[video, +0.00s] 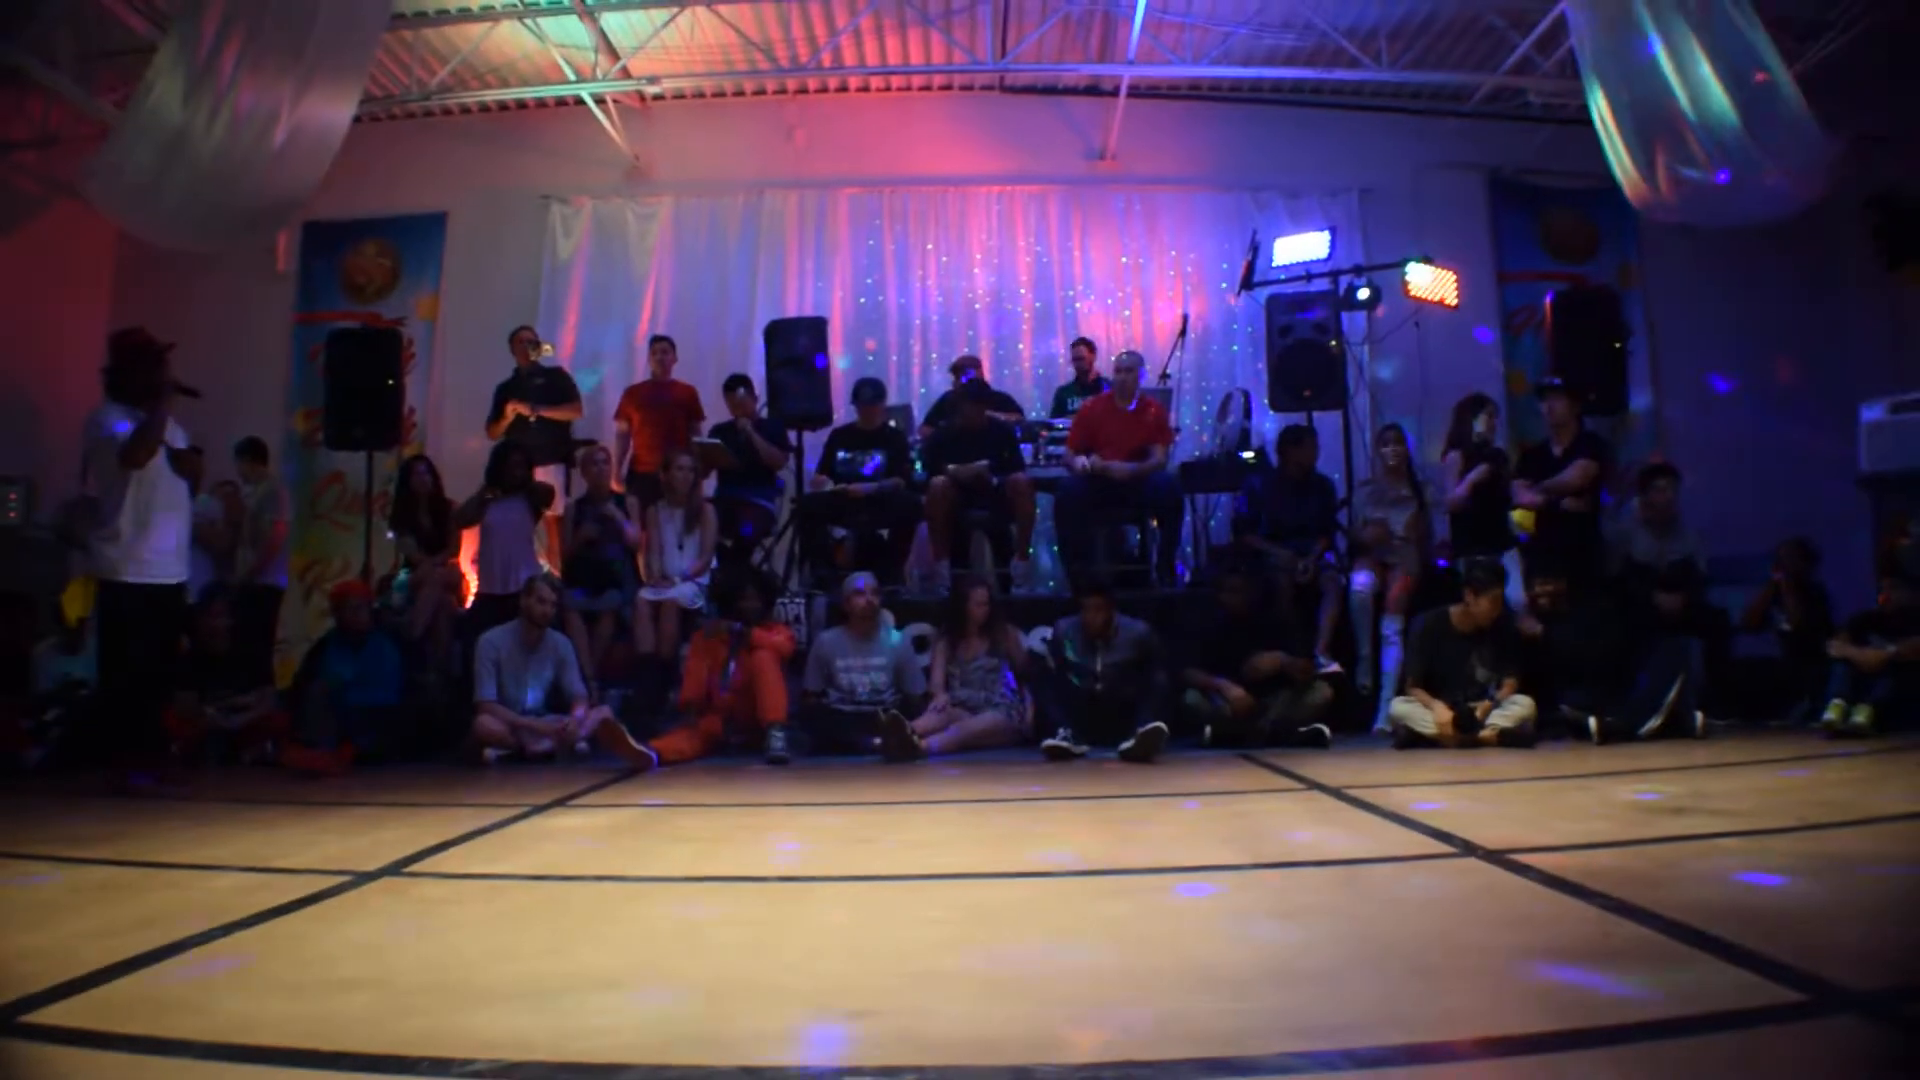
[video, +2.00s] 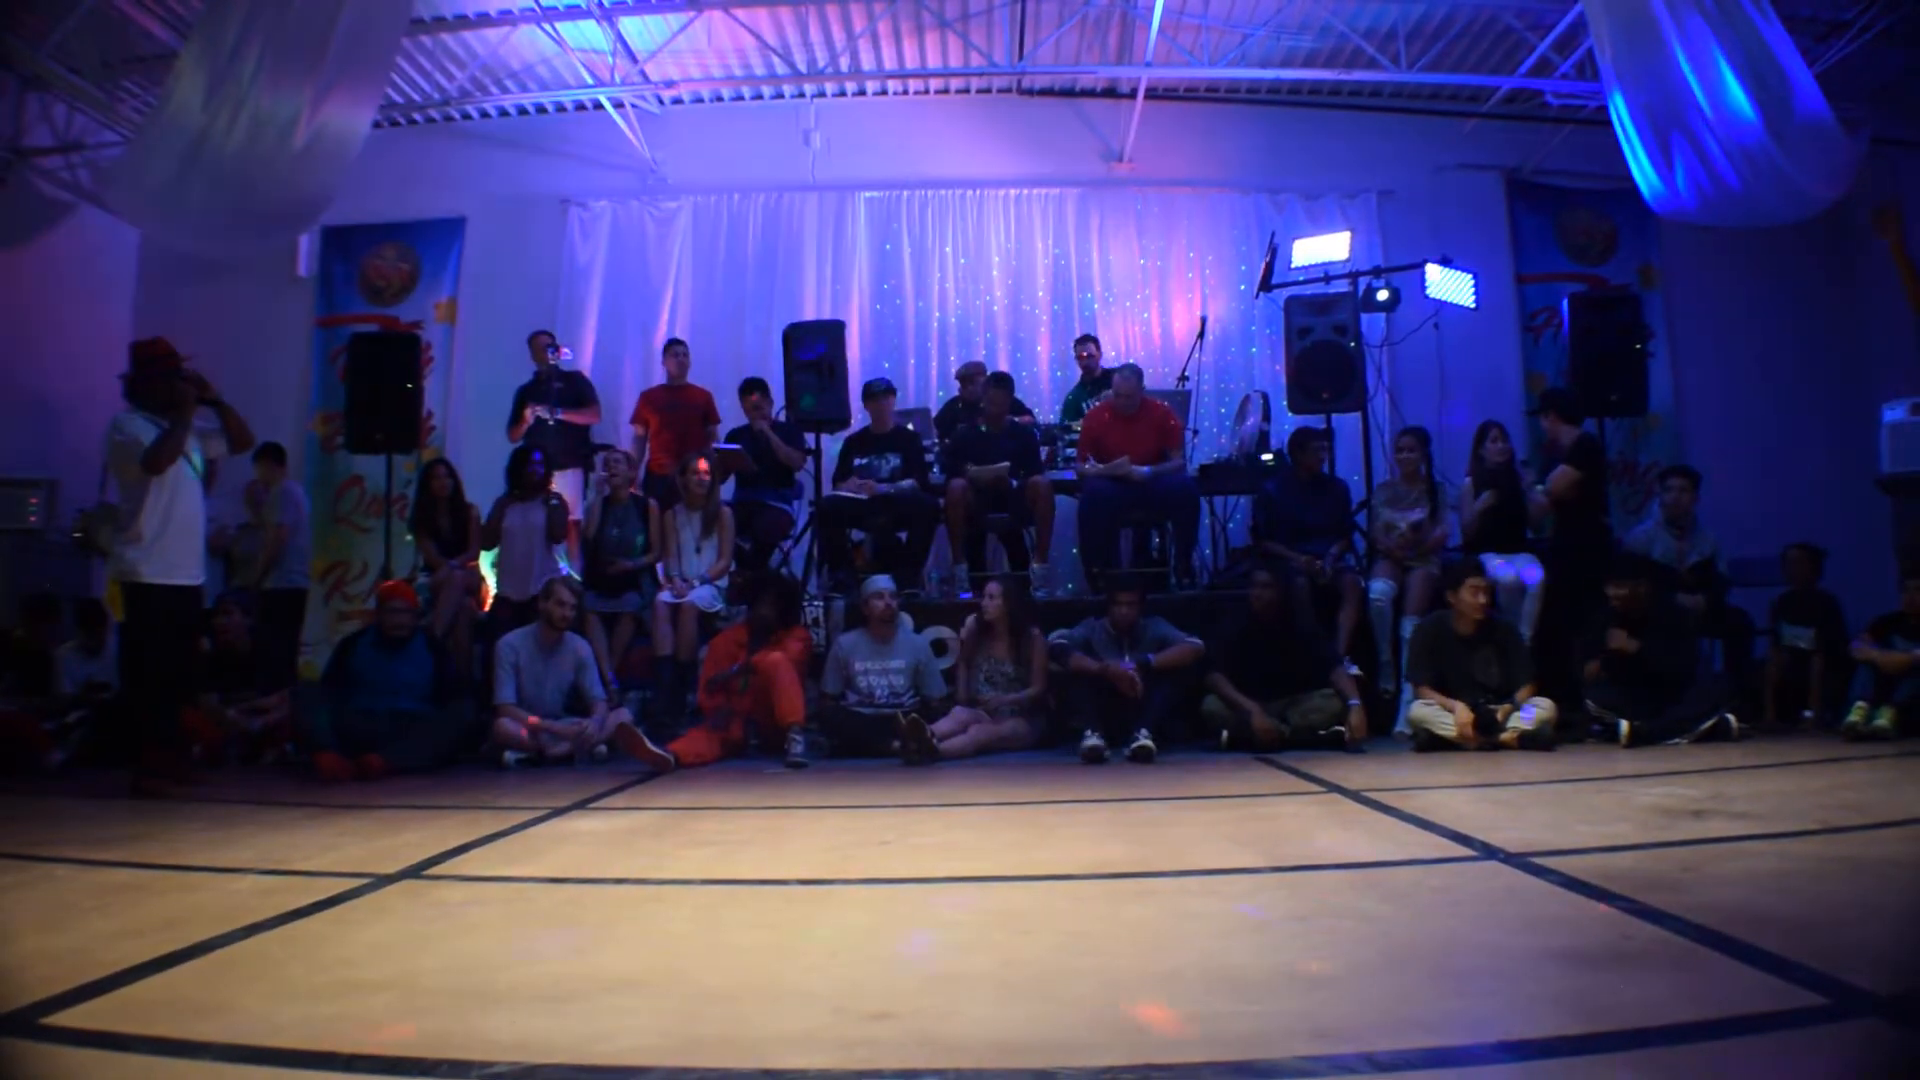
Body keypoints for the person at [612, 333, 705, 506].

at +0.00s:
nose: (659, 357)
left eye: (665, 352)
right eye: (655, 353)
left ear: (675, 358)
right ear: (649, 359)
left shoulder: (687, 393)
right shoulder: (633, 393)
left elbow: (696, 435)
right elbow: (622, 435)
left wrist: (697, 476)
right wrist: (616, 475)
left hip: (678, 476)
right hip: (642, 475)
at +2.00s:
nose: (681, 360)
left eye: (685, 355)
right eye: (675, 355)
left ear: (690, 361)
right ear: (664, 362)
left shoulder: (703, 397)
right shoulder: (649, 397)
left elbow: (712, 438)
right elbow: (639, 440)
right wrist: (632, 477)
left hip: (694, 478)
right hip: (659, 477)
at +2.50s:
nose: (689, 359)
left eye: (693, 354)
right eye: (683, 354)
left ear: (697, 359)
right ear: (672, 359)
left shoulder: (708, 396)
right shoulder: (655, 394)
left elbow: (717, 432)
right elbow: (642, 429)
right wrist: (648, 454)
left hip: (696, 475)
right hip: (662, 472)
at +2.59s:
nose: (690, 359)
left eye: (693, 354)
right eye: (684, 353)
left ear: (698, 359)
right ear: (673, 358)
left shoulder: (709, 396)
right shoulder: (656, 394)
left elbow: (717, 432)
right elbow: (639, 433)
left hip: (697, 477)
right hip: (662, 473)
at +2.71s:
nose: (689, 359)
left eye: (693, 354)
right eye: (683, 354)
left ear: (698, 359)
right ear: (673, 360)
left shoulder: (711, 396)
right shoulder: (661, 393)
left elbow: (719, 438)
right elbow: (633, 424)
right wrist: (649, 394)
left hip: (697, 478)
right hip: (663, 475)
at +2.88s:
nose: (687, 360)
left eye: (691, 354)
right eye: (681, 355)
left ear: (697, 359)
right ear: (672, 360)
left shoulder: (711, 395)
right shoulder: (659, 391)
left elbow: (719, 435)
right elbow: (632, 406)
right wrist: (659, 368)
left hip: (697, 478)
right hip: (663, 475)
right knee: (661, 533)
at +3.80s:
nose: (685, 361)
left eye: (689, 356)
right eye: (679, 356)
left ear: (695, 360)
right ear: (669, 361)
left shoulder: (708, 396)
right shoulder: (658, 392)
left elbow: (717, 436)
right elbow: (635, 401)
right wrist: (663, 364)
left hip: (697, 480)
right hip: (662, 477)